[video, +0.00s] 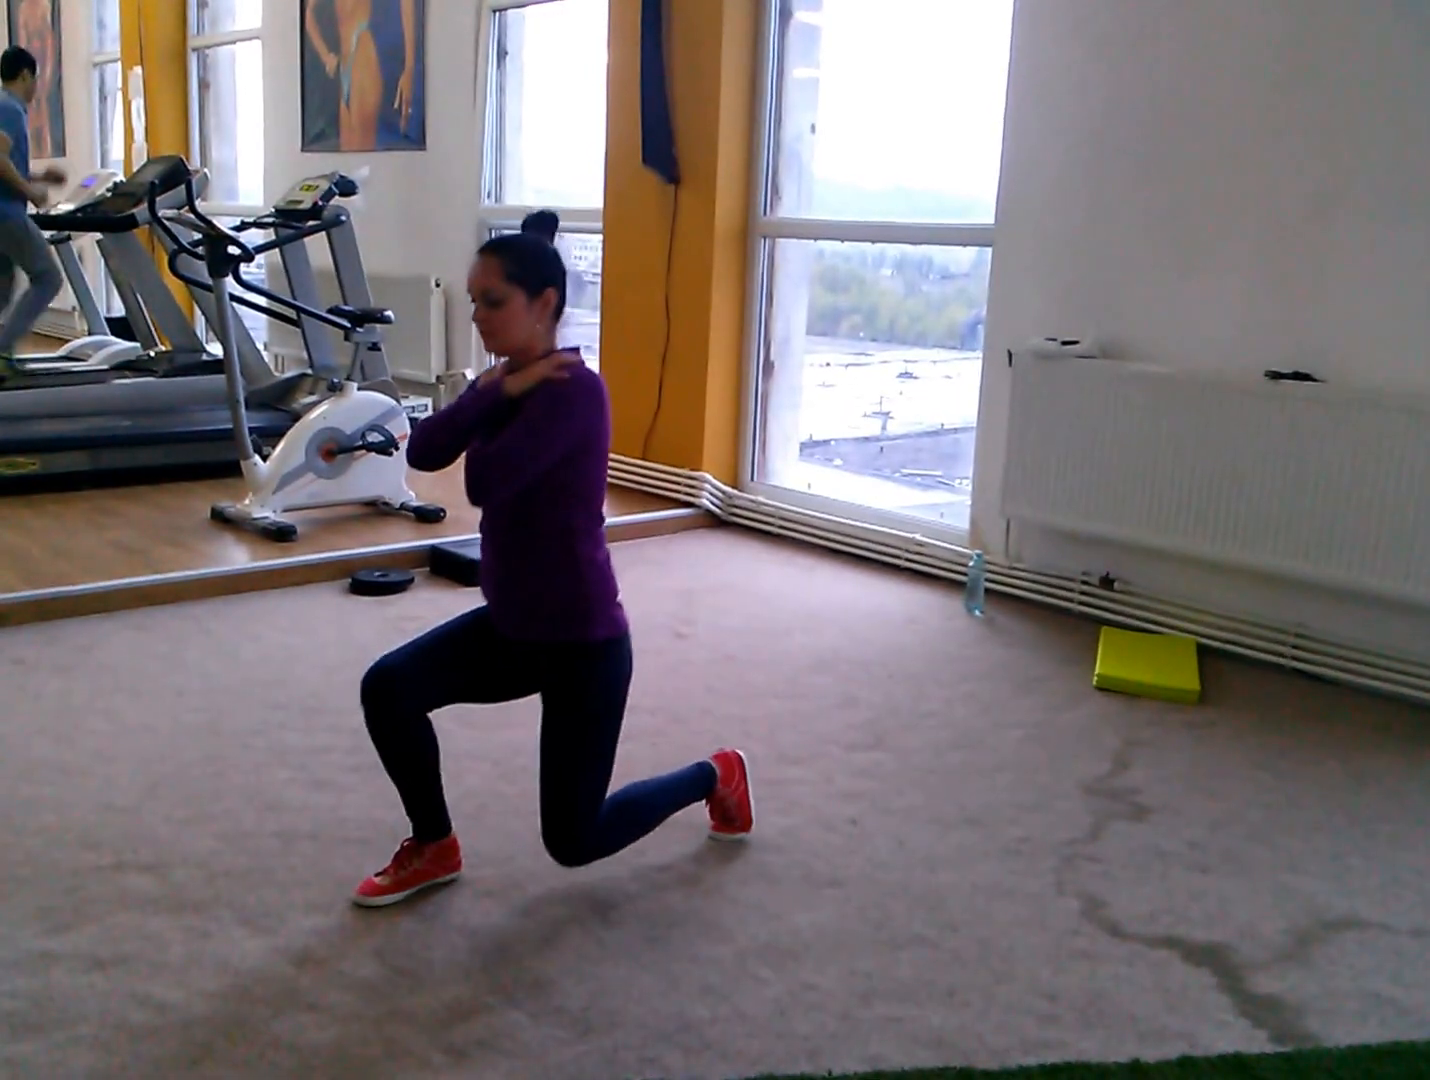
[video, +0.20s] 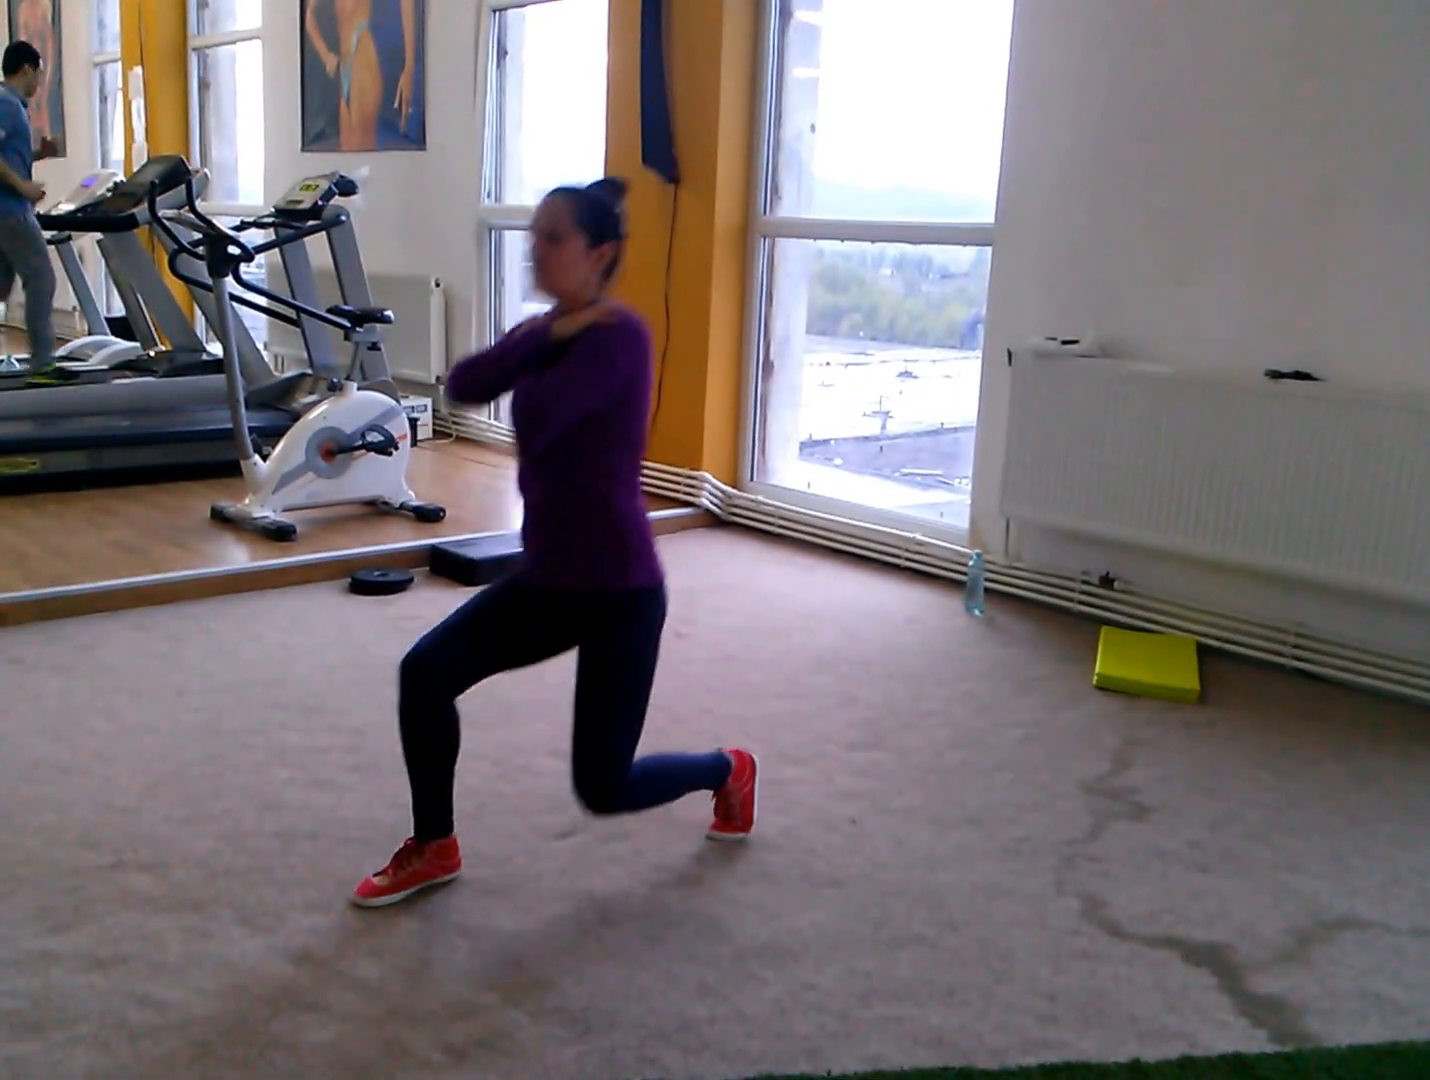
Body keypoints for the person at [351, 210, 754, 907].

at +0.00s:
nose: (478, 317)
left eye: (491, 301)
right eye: (475, 303)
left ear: (546, 304)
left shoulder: (576, 394)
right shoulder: (498, 386)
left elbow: (483, 486)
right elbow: (420, 453)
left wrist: (497, 401)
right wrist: (501, 386)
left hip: (584, 642)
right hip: (512, 628)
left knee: (572, 840)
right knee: (388, 689)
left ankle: (715, 777)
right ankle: (433, 844)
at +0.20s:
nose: (536, 254)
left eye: (553, 242)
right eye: (534, 240)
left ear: (602, 252)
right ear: (539, 249)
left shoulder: (621, 339)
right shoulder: (541, 335)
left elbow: (535, 427)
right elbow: (462, 386)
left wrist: (527, 355)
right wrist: (550, 335)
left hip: (621, 590)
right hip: (548, 579)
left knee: (602, 787)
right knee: (426, 672)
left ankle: (726, 771)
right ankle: (433, 843)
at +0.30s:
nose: (585, 216)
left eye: (602, 204)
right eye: (585, 203)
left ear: (652, 217)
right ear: (595, 214)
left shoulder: (671, 301)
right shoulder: (583, 295)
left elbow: (596, 370)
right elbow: (509, 339)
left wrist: (569, 313)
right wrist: (594, 292)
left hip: (651, 552)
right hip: (576, 544)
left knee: (629, 746)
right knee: (458, 665)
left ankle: (740, 769)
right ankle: (435, 841)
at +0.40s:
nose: (633, 183)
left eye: (648, 169)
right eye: (630, 170)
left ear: (698, 178)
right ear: (634, 178)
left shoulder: (720, 260)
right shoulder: (638, 259)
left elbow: (644, 332)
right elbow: (563, 297)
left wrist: (617, 273)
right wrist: (653, 253)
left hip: (694, 508)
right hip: (618, 500)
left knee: (658, 699)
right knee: (511, 643)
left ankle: (749, 771)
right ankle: (437, 811)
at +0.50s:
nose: (672, 164)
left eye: (688, 148)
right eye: (669, 150)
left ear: (739, 154)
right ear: (677, 157)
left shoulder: (760, 238)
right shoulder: (684, 237)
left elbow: (675, 304)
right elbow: (602, 268)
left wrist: (671, 242)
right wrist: (694, 226)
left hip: (731, 489)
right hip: (660, 481)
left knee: (689, 671)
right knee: (551, 606)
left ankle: (760, 780)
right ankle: (533, 778)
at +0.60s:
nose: (707, 149)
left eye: (722, 136)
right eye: (703, 136)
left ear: (771, 143)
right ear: (710, 142)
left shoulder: (791, 227)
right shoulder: (719, 224)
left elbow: (704, 298)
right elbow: (631, 260)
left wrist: (693, 245)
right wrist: (727, 217)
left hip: (763, 478)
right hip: (697, 470)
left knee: (715, 650)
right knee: (600, 597)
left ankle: (762, 787)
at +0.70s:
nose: (731, 143)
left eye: (747, 130)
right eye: (729, 130)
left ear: (795, 137)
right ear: (736, 137)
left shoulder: (817, 220)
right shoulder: (743, 221)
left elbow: (738, 289)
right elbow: (662, 258)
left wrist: (721, 235)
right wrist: (750, 212)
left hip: (789, 469)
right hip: (725, 462)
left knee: (733, 631)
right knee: (675, 617)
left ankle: (761, 786)